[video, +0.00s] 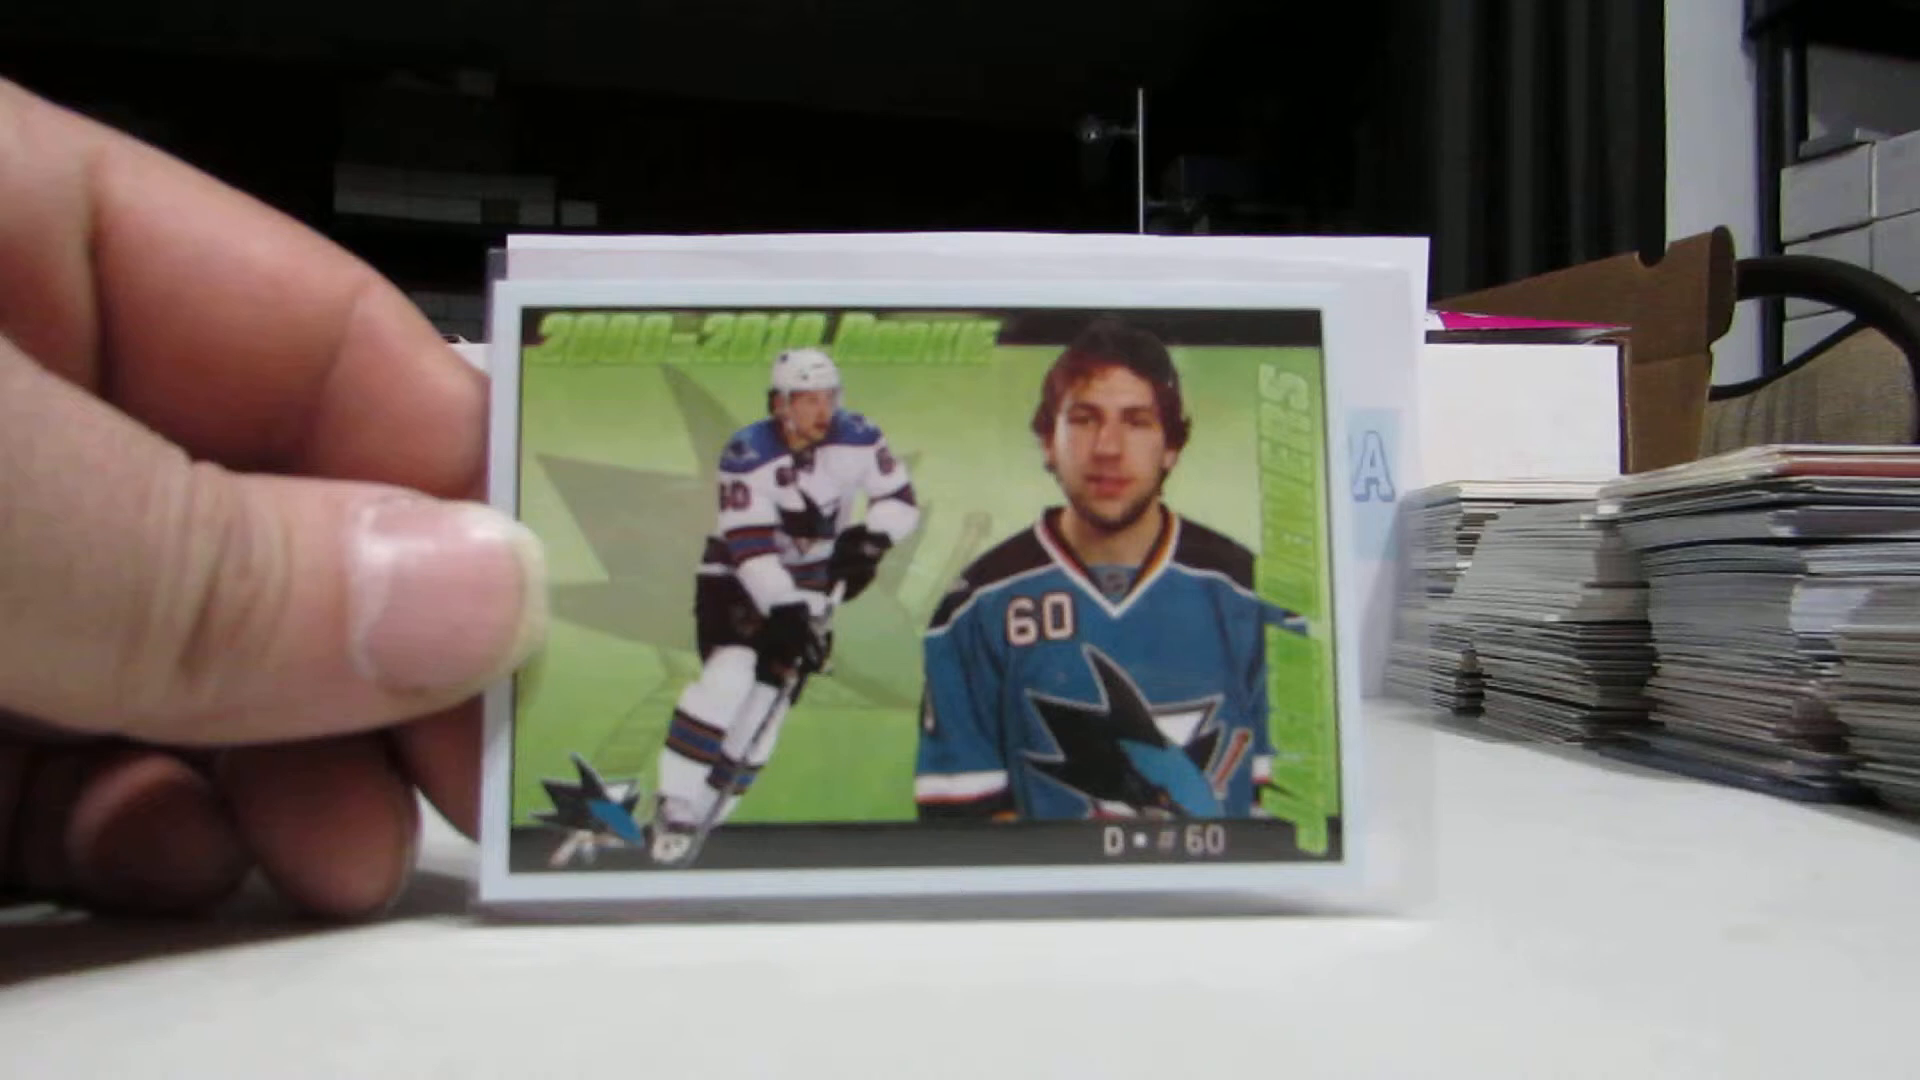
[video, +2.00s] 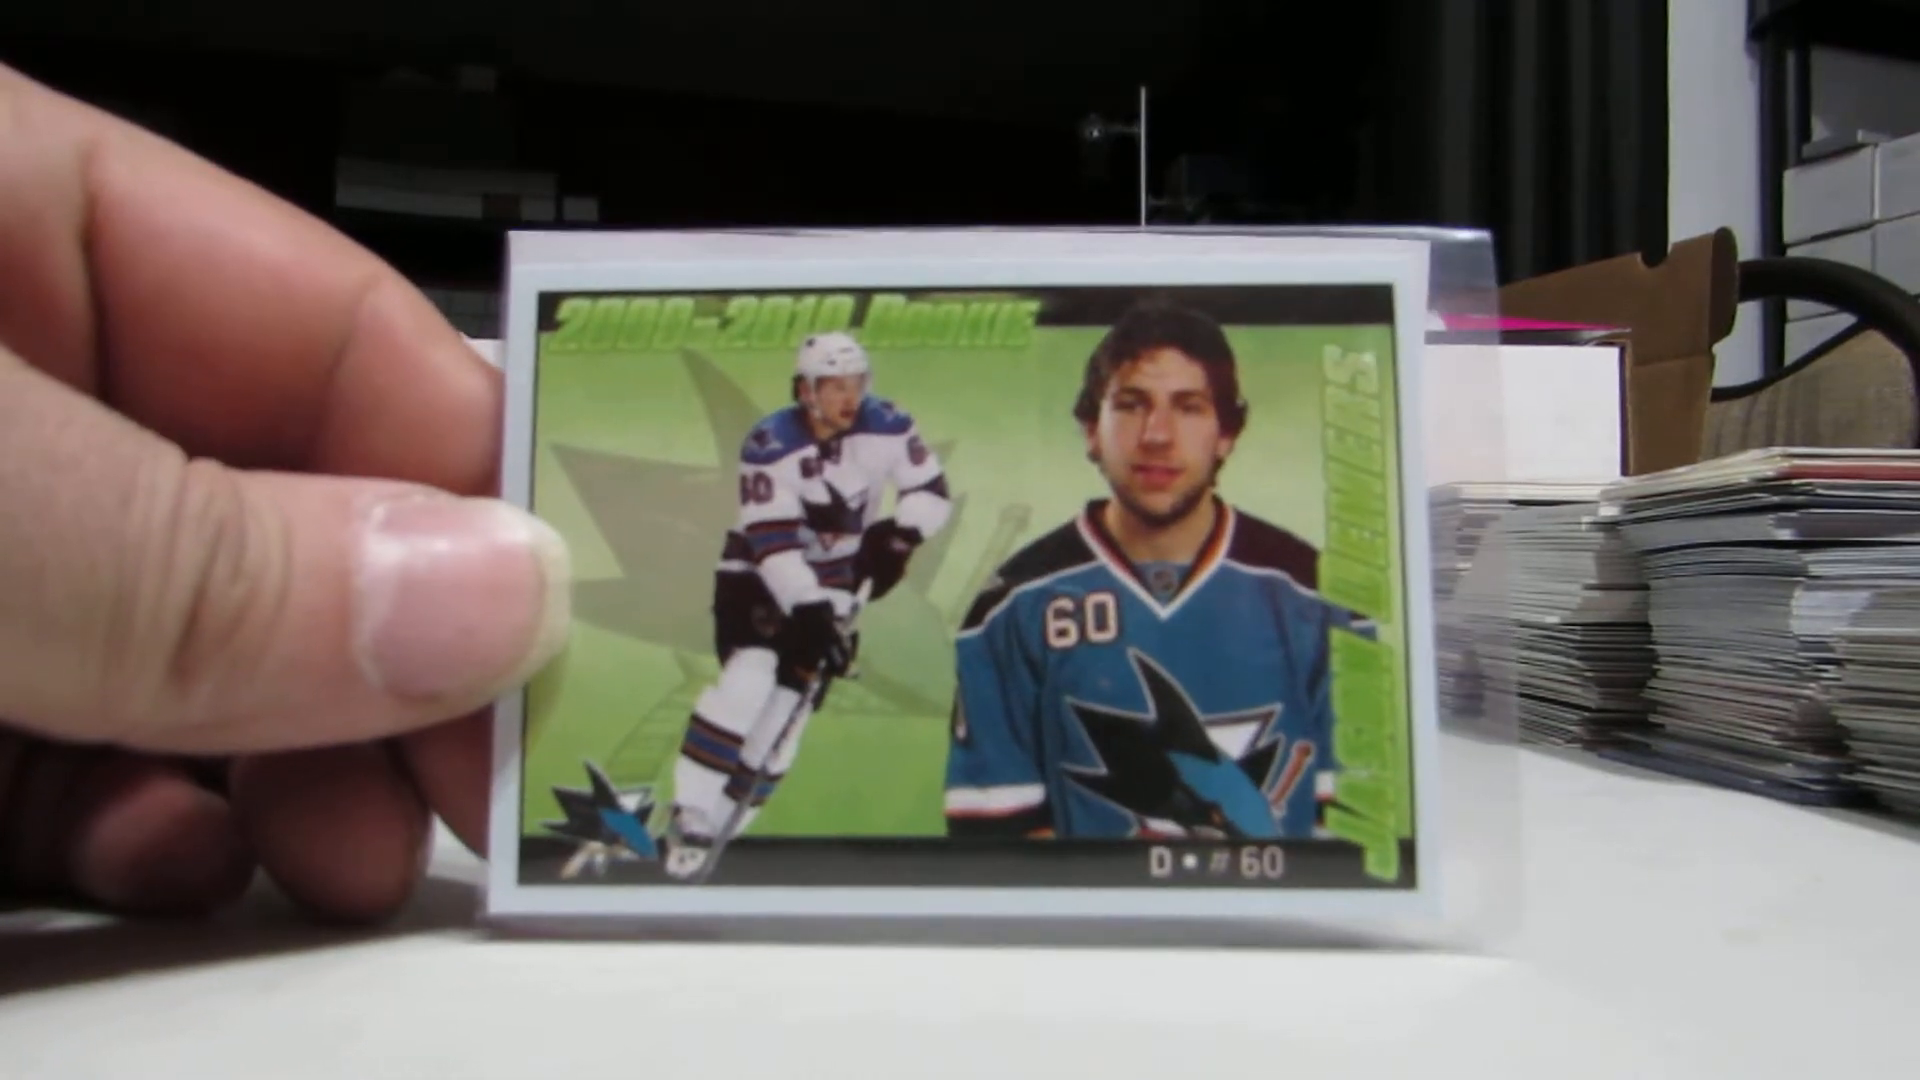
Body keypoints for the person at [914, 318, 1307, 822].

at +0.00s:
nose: (1108, 446)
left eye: (1135, 421)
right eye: (1084, 419)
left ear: (1170, 447)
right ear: (1048, 441)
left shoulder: (1247, 586)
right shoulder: (981, 603)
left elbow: (1286, 796)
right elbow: (962, 821)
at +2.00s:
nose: (1157, 433)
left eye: (1187, 407)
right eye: (1131, 405)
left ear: (1225, 435)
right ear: (1092, 432)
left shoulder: (1315, 590)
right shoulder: (1017, 604)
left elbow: (1356, 823)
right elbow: (998, 839)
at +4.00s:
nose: (1175, 408)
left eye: (1210, 377)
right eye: (1145, 374)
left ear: (1254, 410)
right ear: (1101, 404)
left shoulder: (1350, 586)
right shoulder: (1014, 603)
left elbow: (1394, 850)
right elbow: (990, 874)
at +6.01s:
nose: (1175, 409)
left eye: (1211, 379)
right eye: (1145, 375)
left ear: (1253, 412)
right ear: (1101, 406)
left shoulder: (1351, 587)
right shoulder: (1013, 603)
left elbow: (1396, 853)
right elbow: (990, 874)